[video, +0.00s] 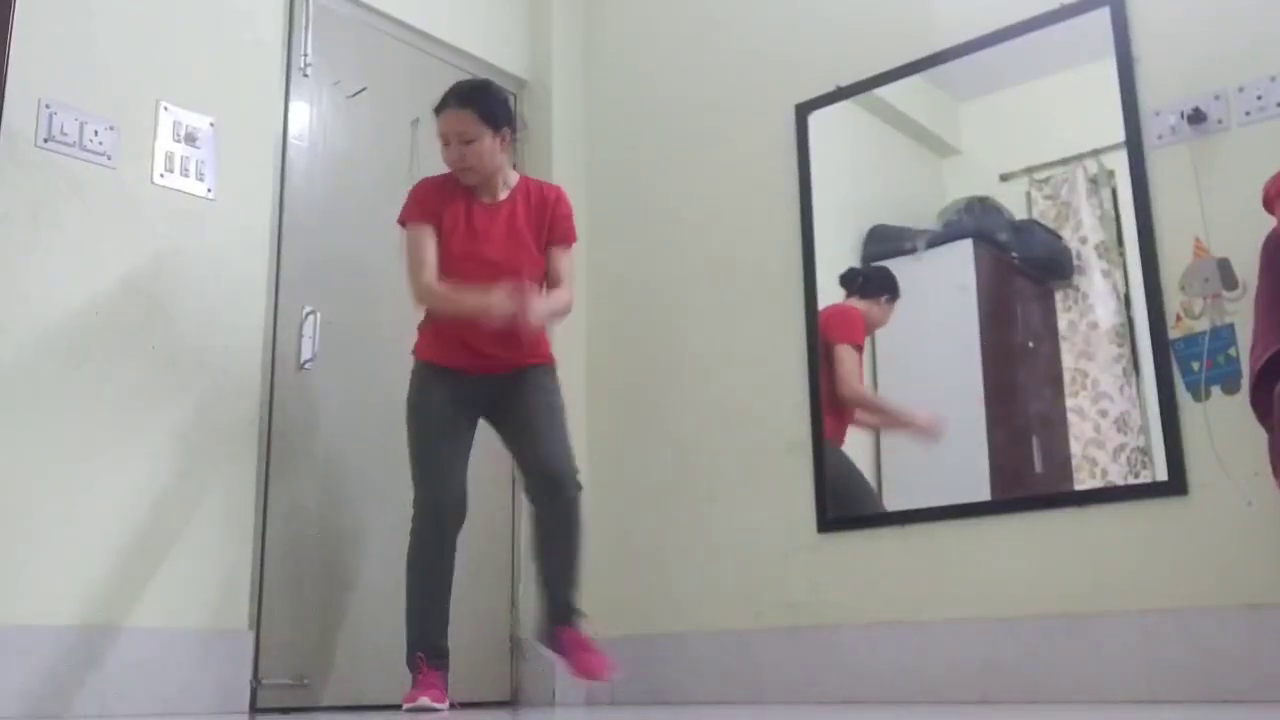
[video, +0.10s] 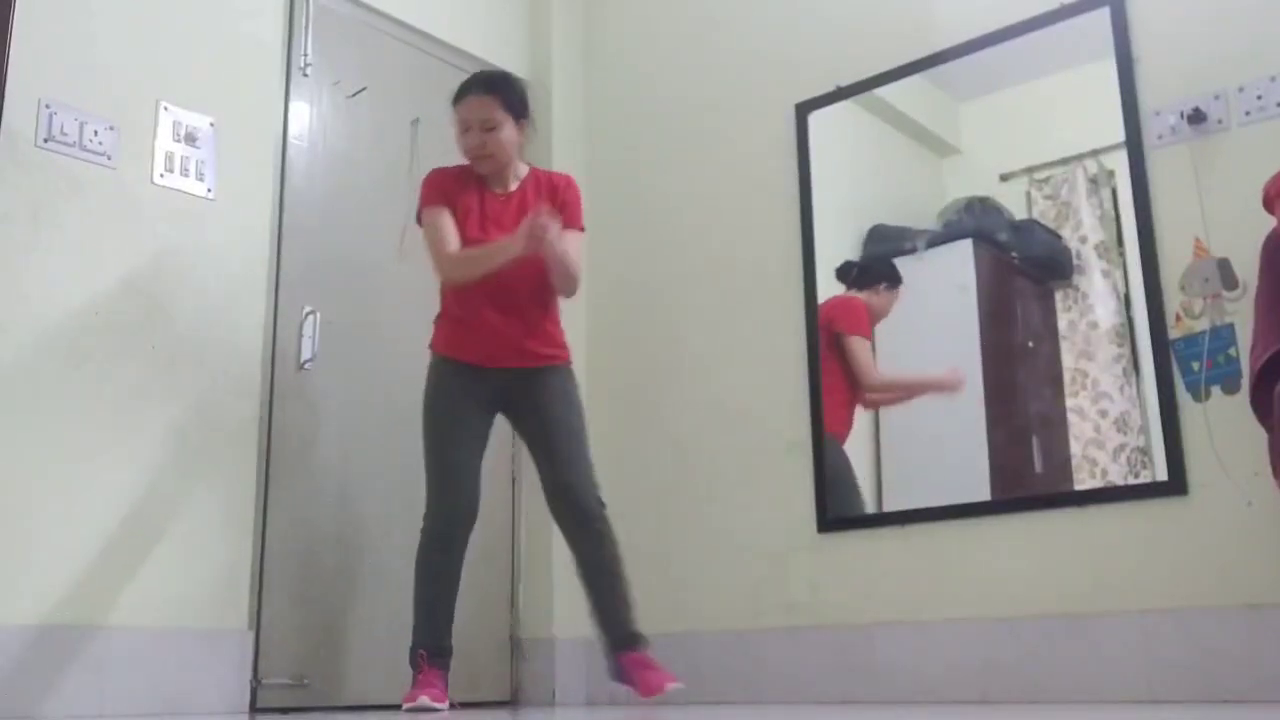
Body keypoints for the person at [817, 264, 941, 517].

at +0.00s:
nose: (886, 321)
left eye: (891, 312)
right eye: (891, 310)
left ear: (859, 292)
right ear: (882, 300)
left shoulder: (833, 318)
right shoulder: (846, 315)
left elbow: (848, 411)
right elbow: (848, 390)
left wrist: (906, 423)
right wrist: (911, 418)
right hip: (820, 447)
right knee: (875, 523)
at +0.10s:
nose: (891, 309)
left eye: (895, 301)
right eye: (894, 299)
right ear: (881, 288)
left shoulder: (840, 311)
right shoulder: (849, 307)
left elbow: (868, 398)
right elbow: (870, 381)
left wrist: (927, 387)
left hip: (825, 441)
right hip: (822, 441)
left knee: (848, 525)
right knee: (854, 524)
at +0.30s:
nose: (903, 287)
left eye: (904, 278)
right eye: (902, 276)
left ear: (881, 273)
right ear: (881, 273)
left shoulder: (845, 306)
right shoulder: (865, 298)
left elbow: (875, 397)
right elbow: (889, 371)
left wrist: (940, 401)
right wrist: (952, 389)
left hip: (829, 433)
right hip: (833, 434)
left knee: (849, 530)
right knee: (859, 529)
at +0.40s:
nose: (912, 282)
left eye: (912, 273)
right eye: (909, 271)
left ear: (884, 269)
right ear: (887, 270)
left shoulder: (847, 306)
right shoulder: (874, 294)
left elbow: (873, 406)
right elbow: (896, 372)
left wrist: (925, 451)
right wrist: (939, 436)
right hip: (839, 429)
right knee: (869, 529)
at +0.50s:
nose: (919, 276)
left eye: (919, 266)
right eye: (915, 265)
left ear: (874, 269)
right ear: (893, 266)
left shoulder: (853, 299)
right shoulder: (882, 292)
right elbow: (884, 372)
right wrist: (904, 447)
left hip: (823, 421)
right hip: (842, 423)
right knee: (872, 524)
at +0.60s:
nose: (926, 270)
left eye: (925, 261)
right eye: (922, 260)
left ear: (877, 262)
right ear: (900, 261)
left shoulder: (860, 293)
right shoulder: (889, 287)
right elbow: (865, 347)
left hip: (822, 418)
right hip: (840, 418)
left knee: (866, 527)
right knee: (875, 525)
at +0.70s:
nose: (930, 267)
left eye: (929, 258)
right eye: (926, 257)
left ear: (904, 259)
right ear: (904, 259)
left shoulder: (863, 290)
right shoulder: (893, 284)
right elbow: (854, 319)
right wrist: (831, 383)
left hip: (833, 415)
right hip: (851, 417)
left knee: (863, 524)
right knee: (875, 521)